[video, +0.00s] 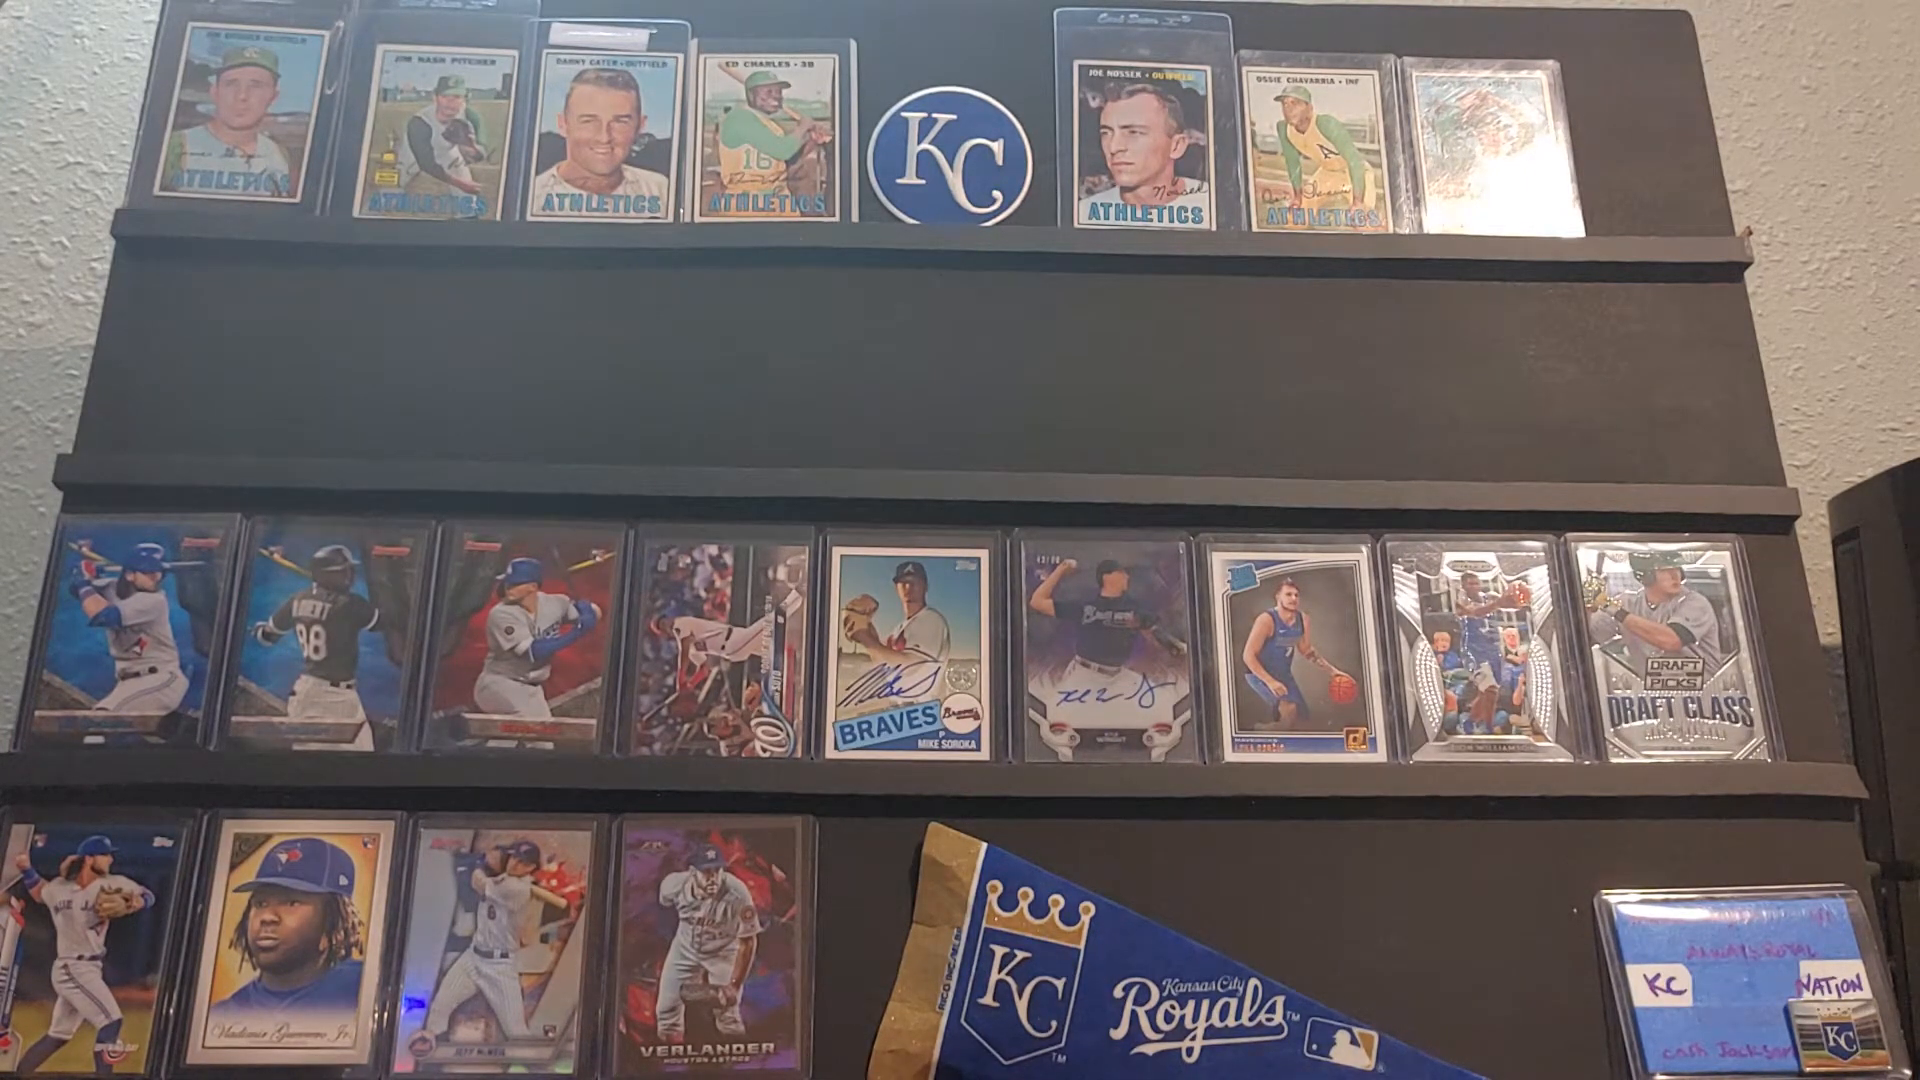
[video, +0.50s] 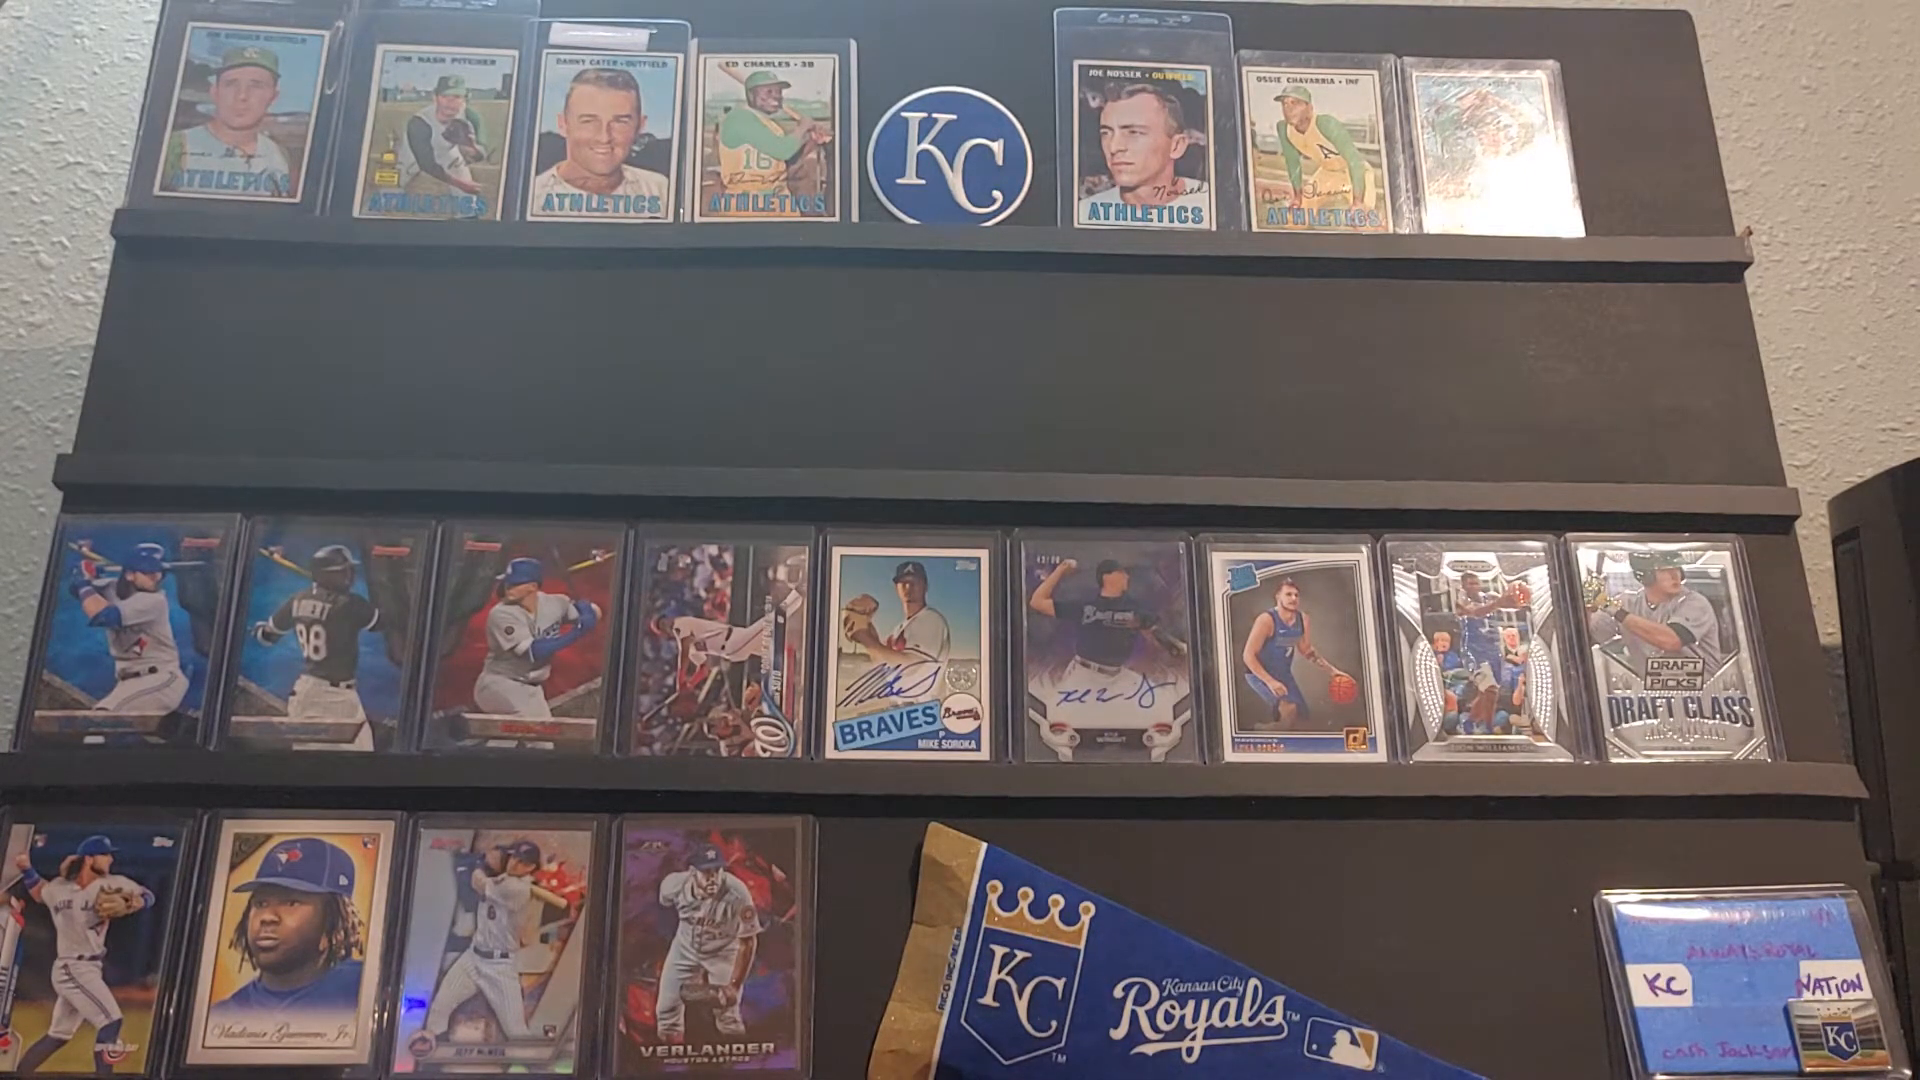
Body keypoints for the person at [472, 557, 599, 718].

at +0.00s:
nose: (507, 588)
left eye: (514, 584)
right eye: (507, 583)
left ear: (532, 587)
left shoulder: (555, 603)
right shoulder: (500, 614)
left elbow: (582, 607)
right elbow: (532, 651)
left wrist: (588, 614)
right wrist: (576, 633)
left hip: (531, 688)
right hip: (497, 683)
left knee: (546, 735)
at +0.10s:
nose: (507, 588)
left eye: (514, 584)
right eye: (507, 583)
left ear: (533, 587)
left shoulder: (555, 603)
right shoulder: (500, 614)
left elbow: (580, 607)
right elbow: (532, 652)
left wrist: (588, 615)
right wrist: (575, 633)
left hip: (531, 688)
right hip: (496, 683)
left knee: (546, 734)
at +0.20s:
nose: (507, 588)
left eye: (514, 584)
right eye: (507, 583)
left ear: (533, 587)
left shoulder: (555, 603)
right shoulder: (500, 614)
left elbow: (580, 607)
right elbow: (532, 652)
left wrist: (588, 615)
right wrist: (575, 633)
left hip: (531, 688)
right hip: (496, 683)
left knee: (546, 734)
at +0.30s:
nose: (507, 588)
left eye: (514, 584)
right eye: (507, 583)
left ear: (533, 587)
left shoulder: (555, 603)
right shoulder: (500, 614)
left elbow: (580, 607)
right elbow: (532, 652)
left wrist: (588, 615)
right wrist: (575, 633)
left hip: (531, 688)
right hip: (496, 683)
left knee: (546, 734)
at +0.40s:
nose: (507, 588)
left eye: (514, 584)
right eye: (507, 583)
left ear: (533, 587)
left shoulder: (555, 603)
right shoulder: (500, 614)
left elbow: (580, 607)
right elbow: (532, 652)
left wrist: (588, 615)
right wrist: (575, 633)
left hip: (531, 688)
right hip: (496, 683)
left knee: (546, 734)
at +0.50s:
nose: (507, 588)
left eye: (514, 584)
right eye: (507, 583)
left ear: (533, 587)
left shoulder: (555, 603)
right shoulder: (500, 614)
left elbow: (580, 607)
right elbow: (532, 652)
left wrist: (588, 615)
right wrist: (575, 633)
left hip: (531, 688)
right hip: (496, 683)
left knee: (546, 734)